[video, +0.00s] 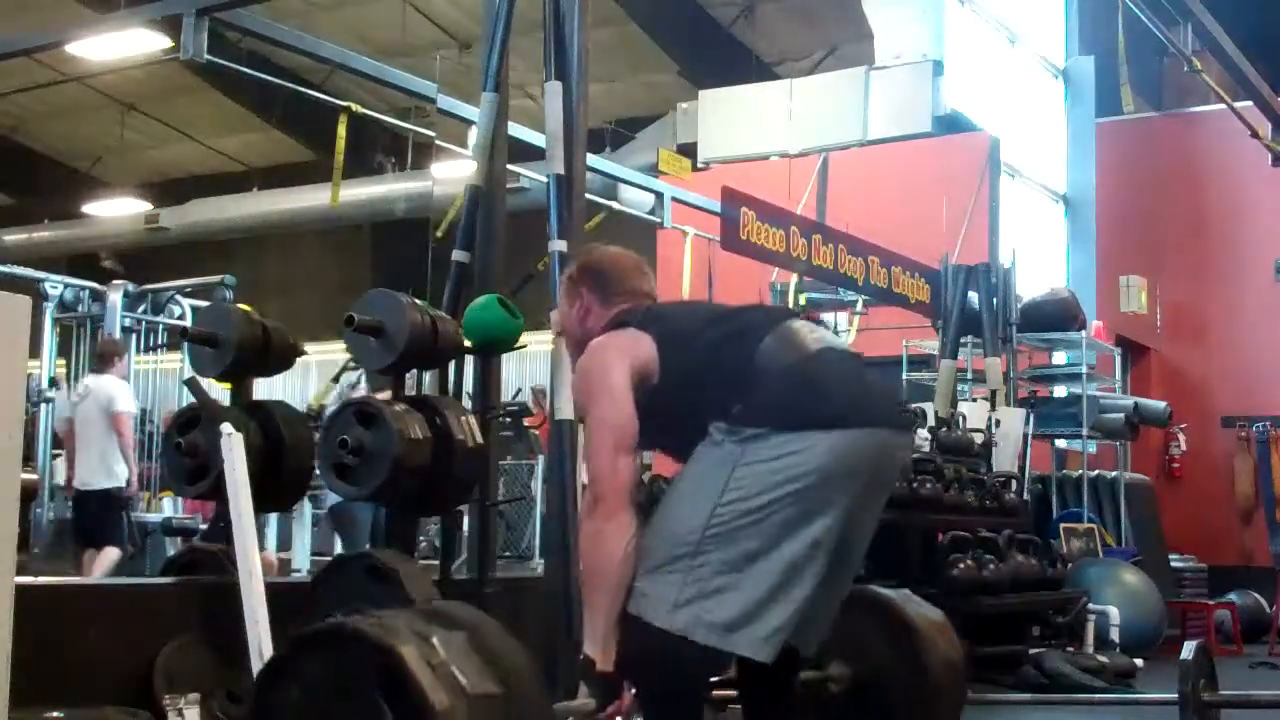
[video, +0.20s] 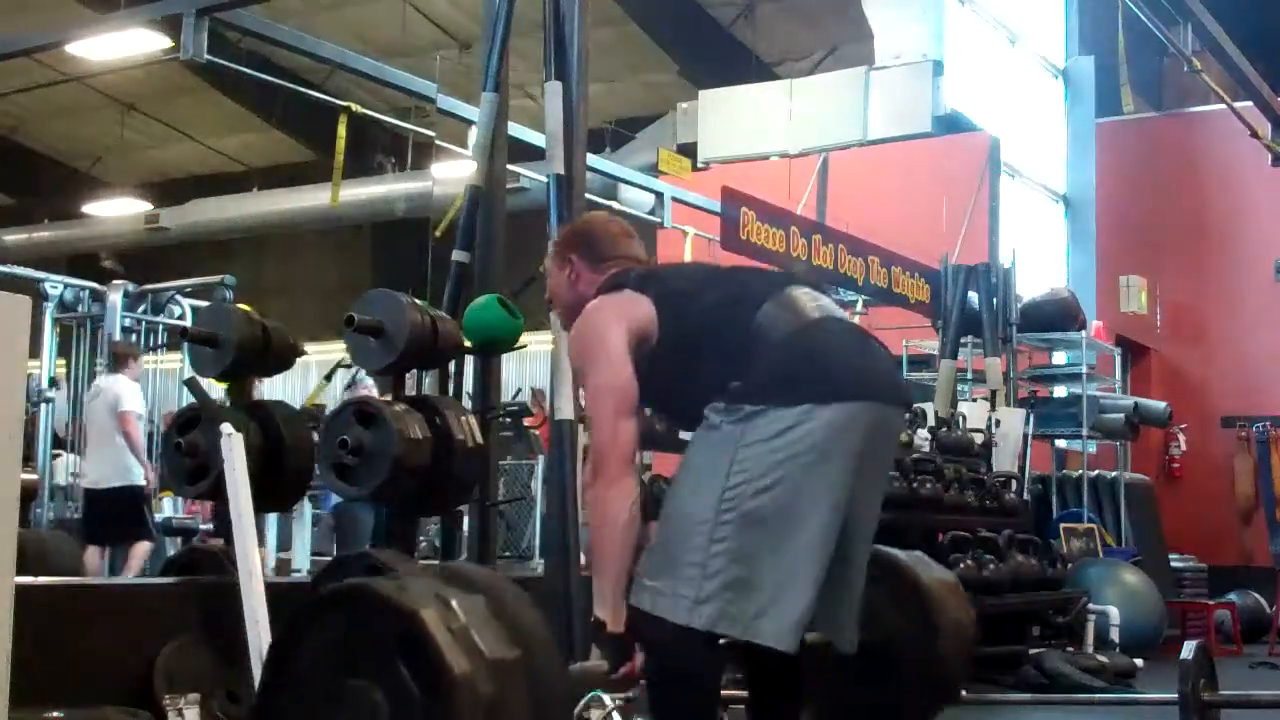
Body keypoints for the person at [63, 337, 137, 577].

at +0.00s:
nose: (127, 365)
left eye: (126, 359)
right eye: (125, 360)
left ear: (100, 360)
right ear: (116, 361)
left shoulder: (81, 387)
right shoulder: (117, 387)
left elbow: (67, 432)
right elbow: (123, 430)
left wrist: (71, 472)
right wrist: (133, 471)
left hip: (83, 482)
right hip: (109, 481)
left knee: (89, 546)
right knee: (116, 544)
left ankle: (87, 593)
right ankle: (90, 588)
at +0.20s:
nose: (141, 368)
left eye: (140, 363)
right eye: (139, 363)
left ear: (116, 362)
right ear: (130, 362)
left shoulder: (95, 388)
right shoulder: (127, 387)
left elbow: (87, 431)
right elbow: (128, 427)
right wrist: (146, 465)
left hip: (94, 480)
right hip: (123, 479)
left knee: (94, 543)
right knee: (144, 537)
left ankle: (93, 597)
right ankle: (125, 584)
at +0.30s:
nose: (148, 372)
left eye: (148, 366)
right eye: (147, 366)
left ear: (125, 365)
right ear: (138, 365)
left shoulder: (104, 388)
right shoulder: (133, 389)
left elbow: (100, 433)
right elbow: (133, 429)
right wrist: (153, 466)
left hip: (100, 481)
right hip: (130, 480)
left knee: (97, 543)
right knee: (153, 541)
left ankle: (93, 602)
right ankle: (147, 598)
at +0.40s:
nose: (161, 374)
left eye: (161, 369)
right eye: (160, 369)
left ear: (135, 366)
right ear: (151, 368)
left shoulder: (115, 390)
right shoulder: (144, 392)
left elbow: (106, 435)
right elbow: (144, 434)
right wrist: (165, 471)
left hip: (109, 483)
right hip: (138, 484)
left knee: (102, 544)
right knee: (161, 545)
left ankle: (86, 600)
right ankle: (169, 603)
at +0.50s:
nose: (176, 377)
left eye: (176, 372)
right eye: (175, 372)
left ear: (151, 371)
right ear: (165, 371)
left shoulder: (135, 392)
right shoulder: (157, 395)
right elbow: (156, 438)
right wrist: (171, 477)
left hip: (122, 484)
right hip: (146, 485)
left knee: (111, 544)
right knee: (166, 550)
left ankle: (91, 594)